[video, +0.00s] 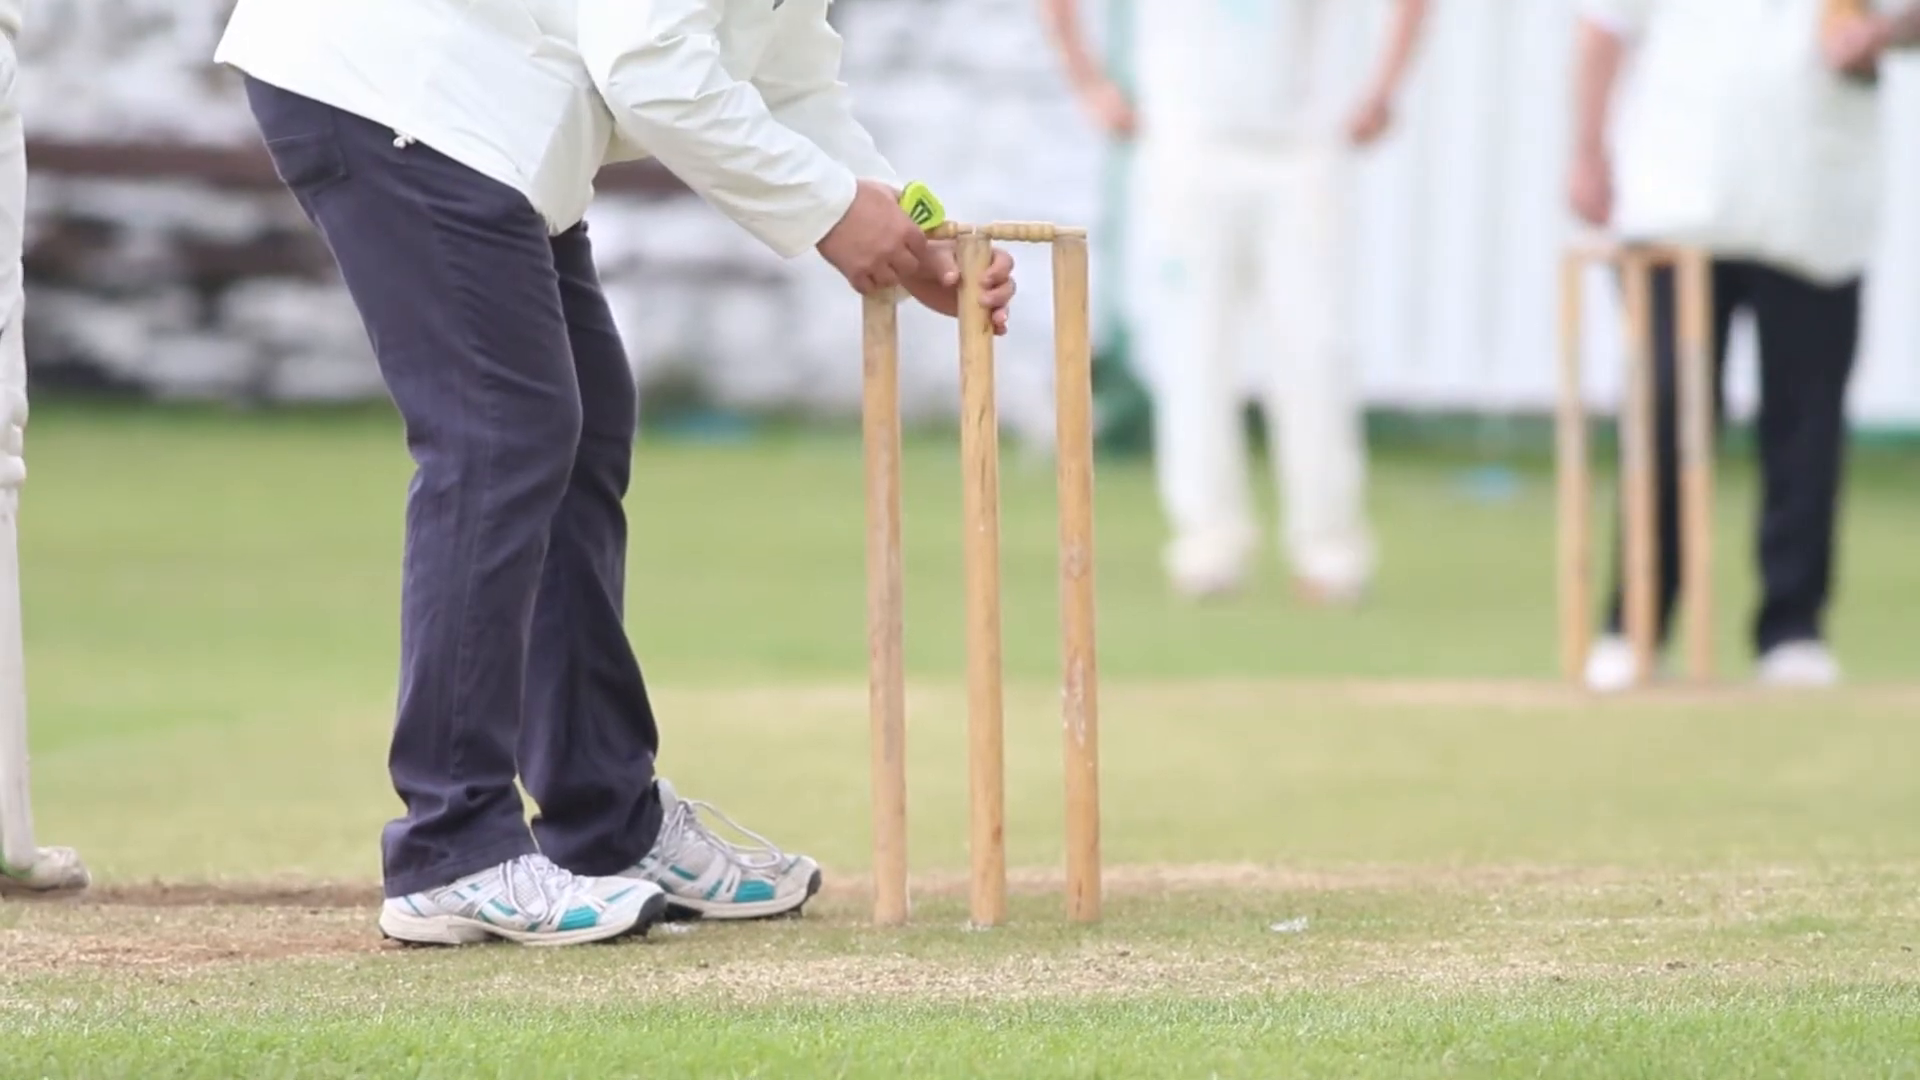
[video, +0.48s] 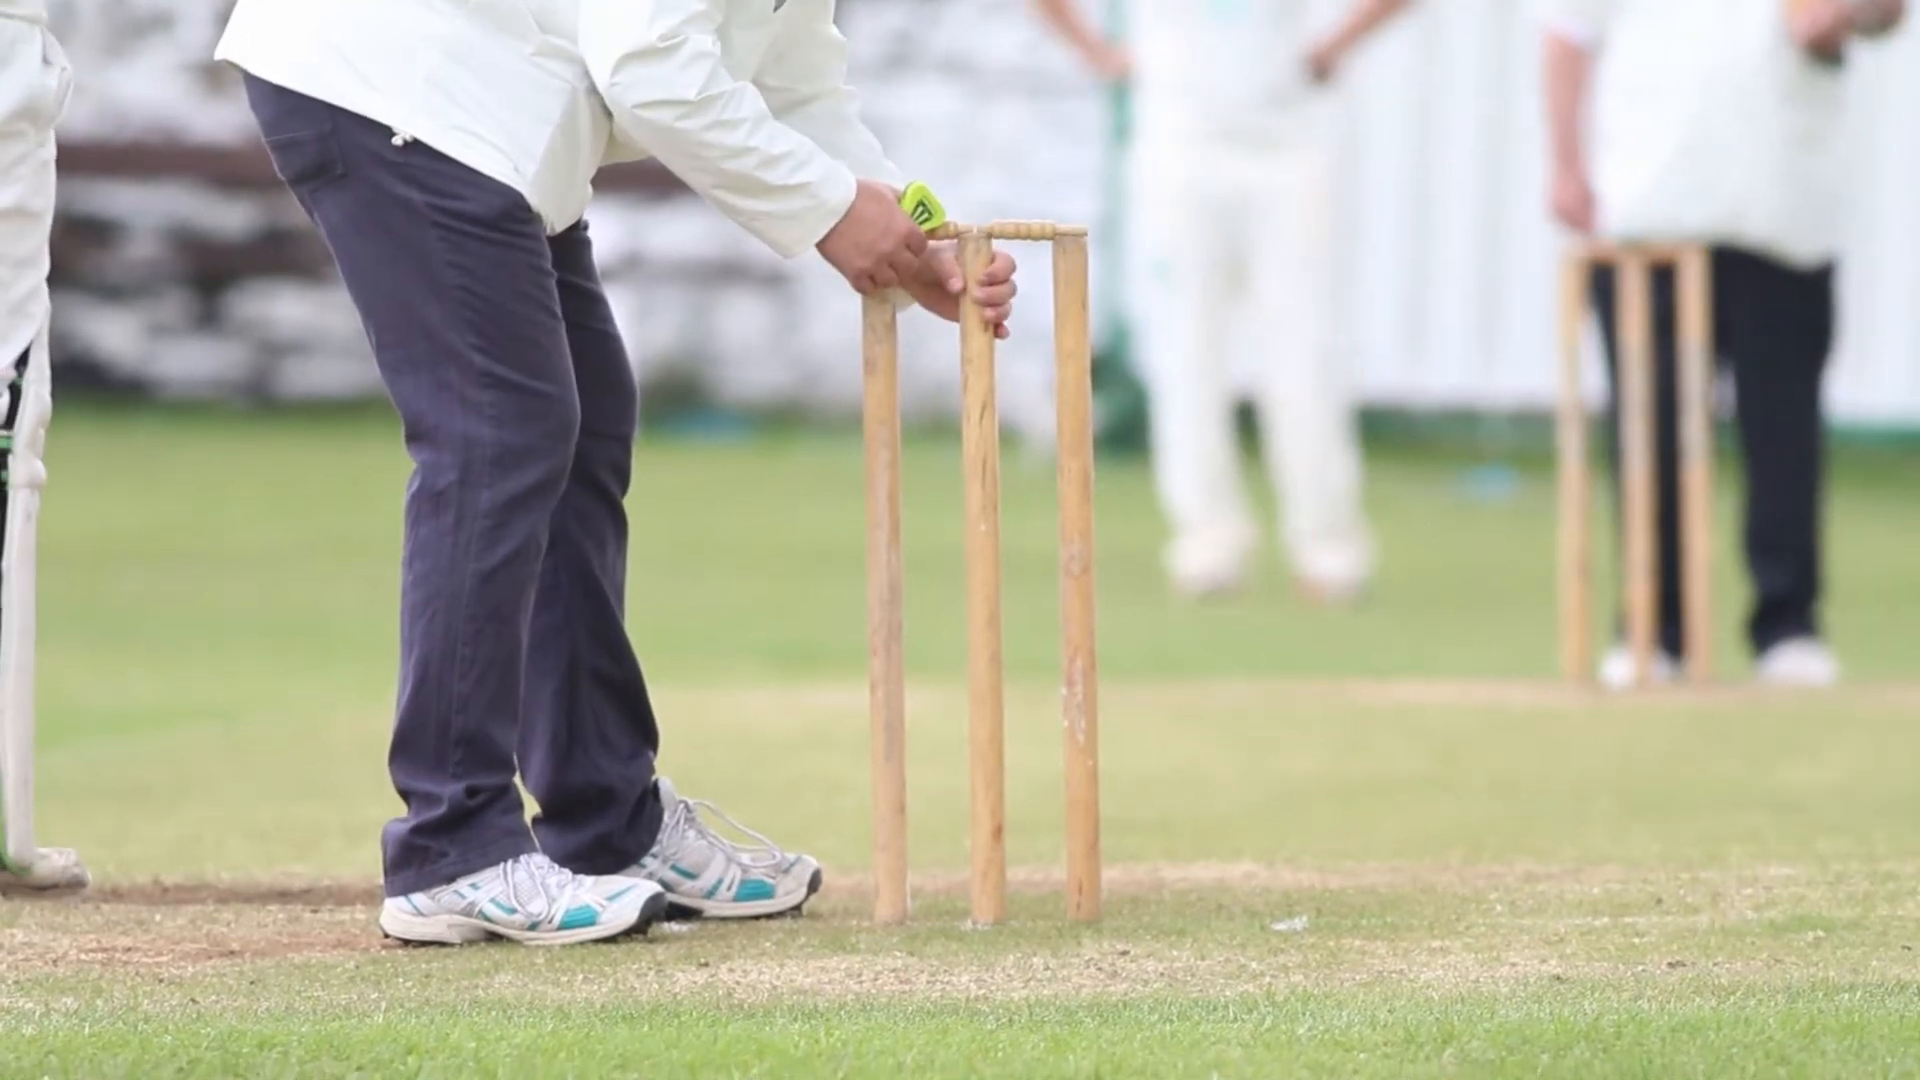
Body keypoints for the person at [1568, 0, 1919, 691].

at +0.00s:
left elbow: (1907, 14)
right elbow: (1605, 20)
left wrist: (1879, 29)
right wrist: (1591, 152)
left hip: (1818, 196)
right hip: (1676, 190)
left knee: (1804, 438)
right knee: (1662, 426)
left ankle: (1792, 635)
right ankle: (1631, 631)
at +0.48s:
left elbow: (1892, 11)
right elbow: (1568, 26)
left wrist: (1845, 14)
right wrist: (1568, 166)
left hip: (1787, 203)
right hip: (1644, 202)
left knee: (1784, 437)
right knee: (1649, 438)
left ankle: (1788, 633)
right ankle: (1654, 639)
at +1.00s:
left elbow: (1856, 10)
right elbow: (1530, 27)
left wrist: (1806, 13)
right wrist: (1518, 165)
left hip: (1751, 199)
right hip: (1615, 200)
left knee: (1761, 428)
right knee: (1631, 439)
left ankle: (1785, 628)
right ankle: (1650, 636)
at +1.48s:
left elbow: (1862, 10)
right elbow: (1540, 27)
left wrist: (1816, 12)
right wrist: (1539, 168)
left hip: (1765, 194)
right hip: (1627, 196)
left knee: (1773, 424)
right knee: (1639, 433)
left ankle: (1787, 627)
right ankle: (1651, 635)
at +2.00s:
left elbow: (1887, 17)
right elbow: (1591, 28)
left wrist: (1871, 15)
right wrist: (1587, 166)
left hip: (1814, 203)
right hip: (1671, 201)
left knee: (1801, 438)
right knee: (1674, 440)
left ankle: (1793, 628)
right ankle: (1657, 634)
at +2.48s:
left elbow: (1888, 27)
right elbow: (1632, 24)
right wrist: (1620, 158)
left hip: (1843, 200)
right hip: (1707, 193)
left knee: (1820, 433)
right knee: (1708, 428)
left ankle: (1797, 626)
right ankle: (1697, 626)